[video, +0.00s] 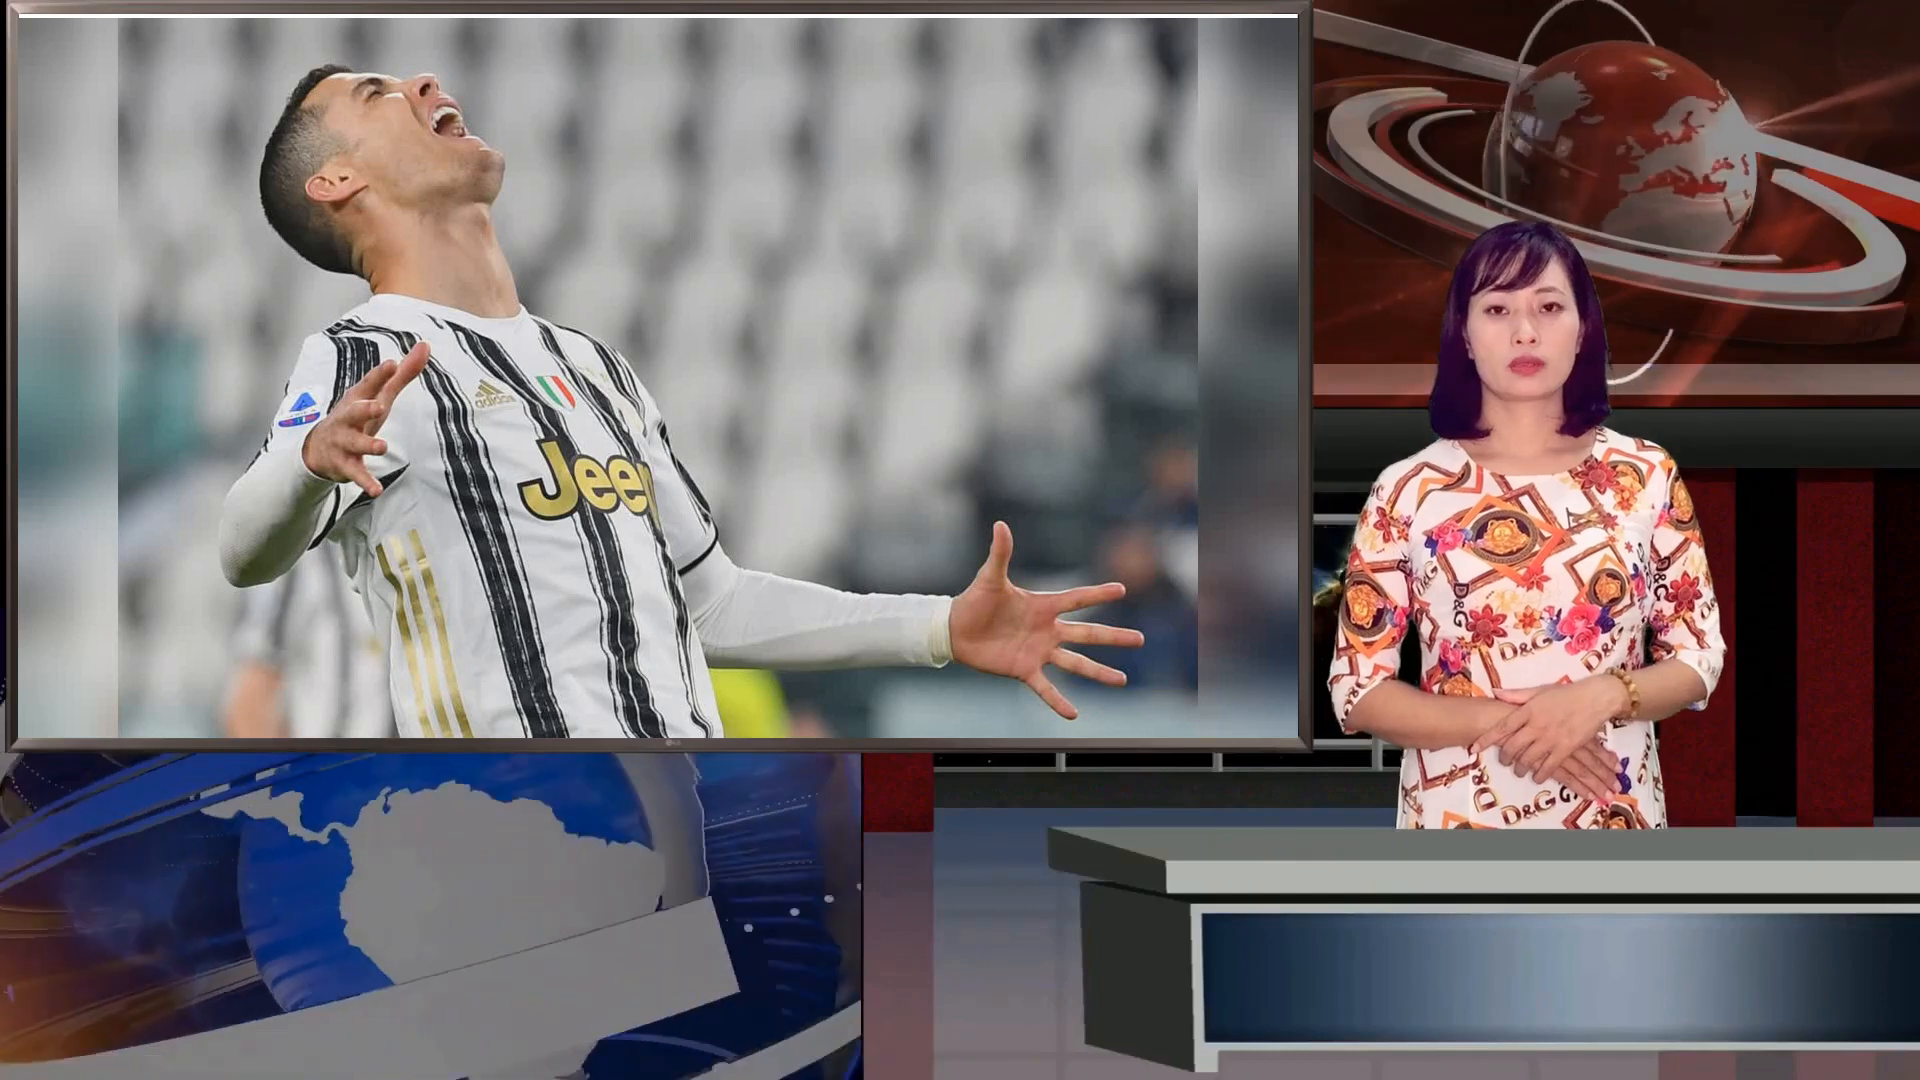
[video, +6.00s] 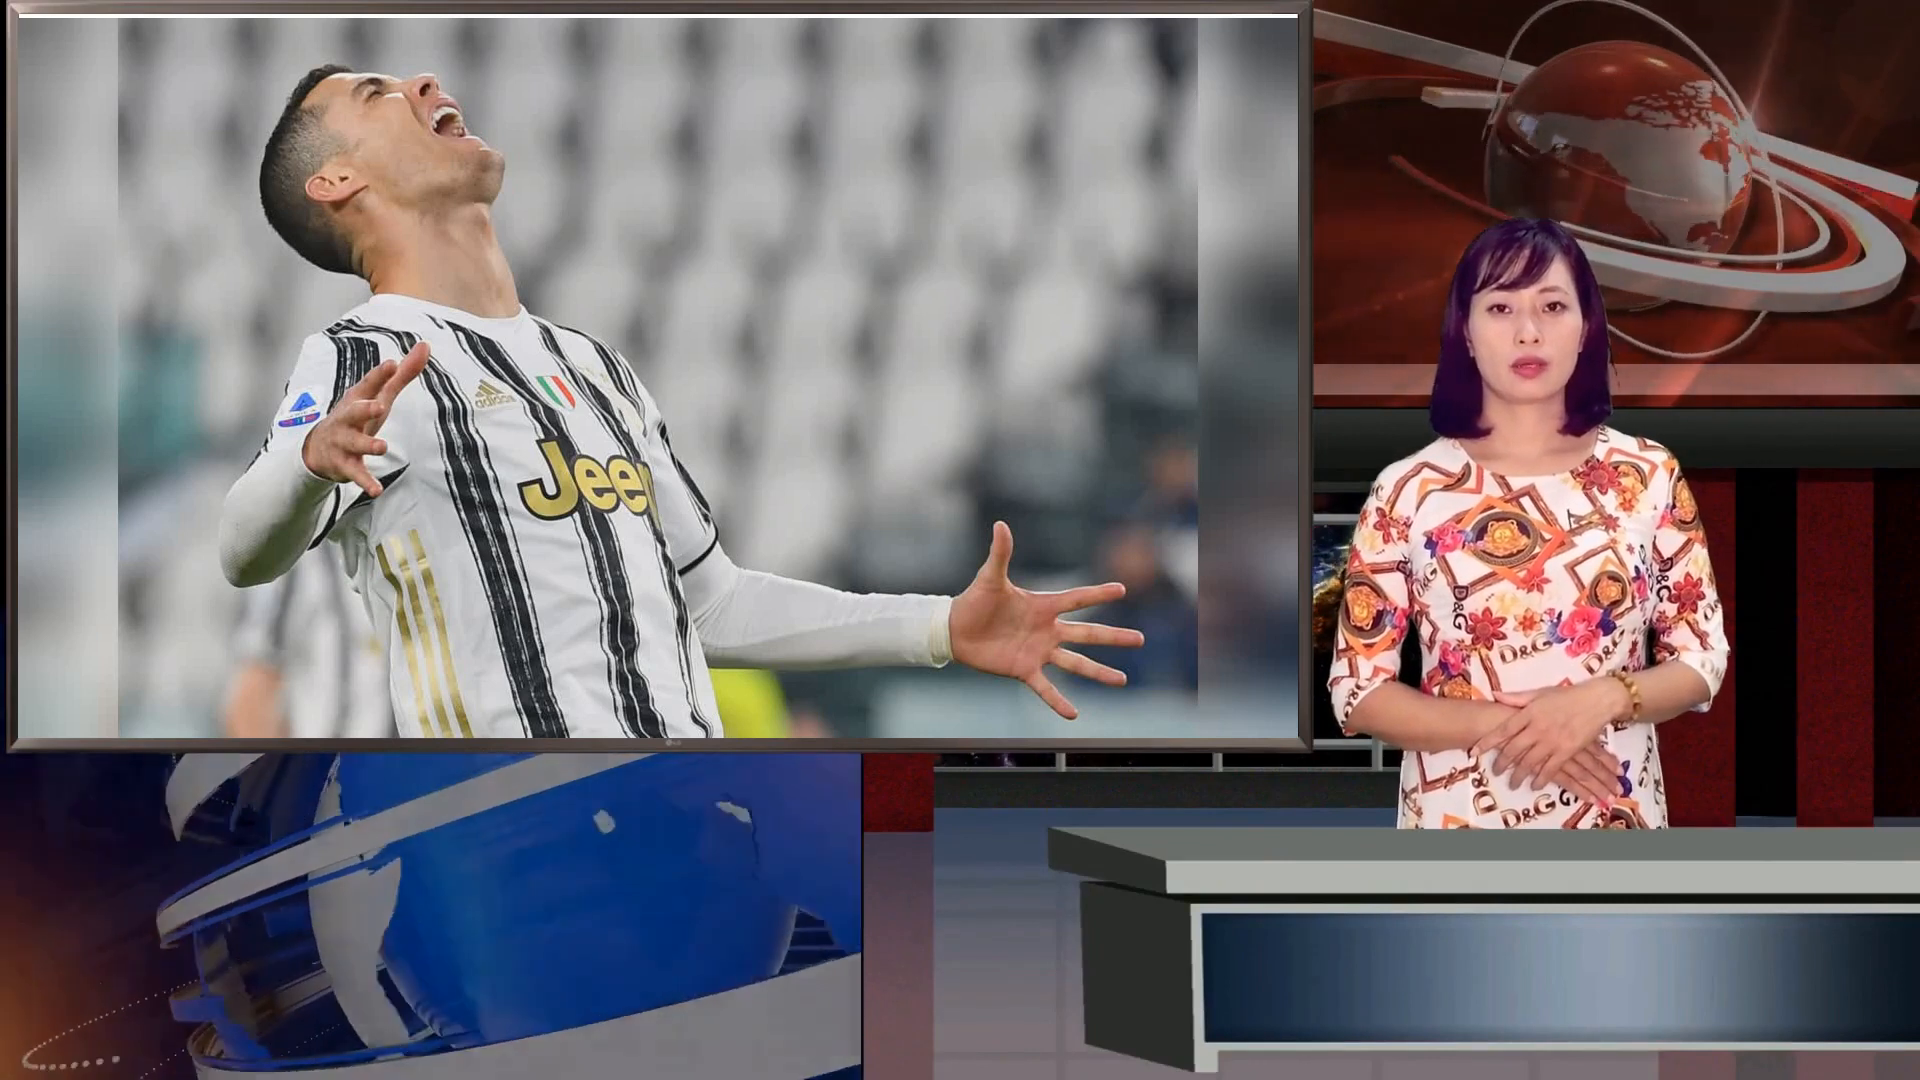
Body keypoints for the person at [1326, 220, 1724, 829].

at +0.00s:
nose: (1525, 330)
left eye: (1549, 307)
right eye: (1498, 310)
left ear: (1583, 328)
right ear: (1464, 332)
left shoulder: (1644, 477)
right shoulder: (1407, 491)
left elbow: (1698, 658)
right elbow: (1356, 690)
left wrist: (1601, 695)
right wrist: (1516, 726)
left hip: (1613, 828)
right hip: (1459, 827)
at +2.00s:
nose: (1528, 332)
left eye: (1553, 308)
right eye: (1500, 309)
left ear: (1586, 328)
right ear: (1464, 330)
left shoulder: (1646, 478)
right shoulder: (1406, 492)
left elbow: (1700, 658)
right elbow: (1357, 691)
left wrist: (1601, 700)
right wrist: (1515, 730)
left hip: (1613, 832)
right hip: (1457, 832)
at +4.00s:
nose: (1533, 330)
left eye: (1558, 306)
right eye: (1505, 308)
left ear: (1591, 326)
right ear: (1469, 329)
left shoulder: (1651, 477)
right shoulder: (1411, 490)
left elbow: (1704, 659)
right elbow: (1360, 690)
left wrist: (1606, 699)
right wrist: (1520, 729)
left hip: (1617, 830)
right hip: (1461, 830)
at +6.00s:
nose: (1528, 331)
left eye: (1553, 307)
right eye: (1501, 309)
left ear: (1586, 326)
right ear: (1464, 329)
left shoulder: (1646, 477)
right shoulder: (1406, 491)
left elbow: (1702, 659)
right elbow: (1357, 691)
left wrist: (1602, 699)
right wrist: (1516, 729)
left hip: (1614, 831)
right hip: (1457, 830)